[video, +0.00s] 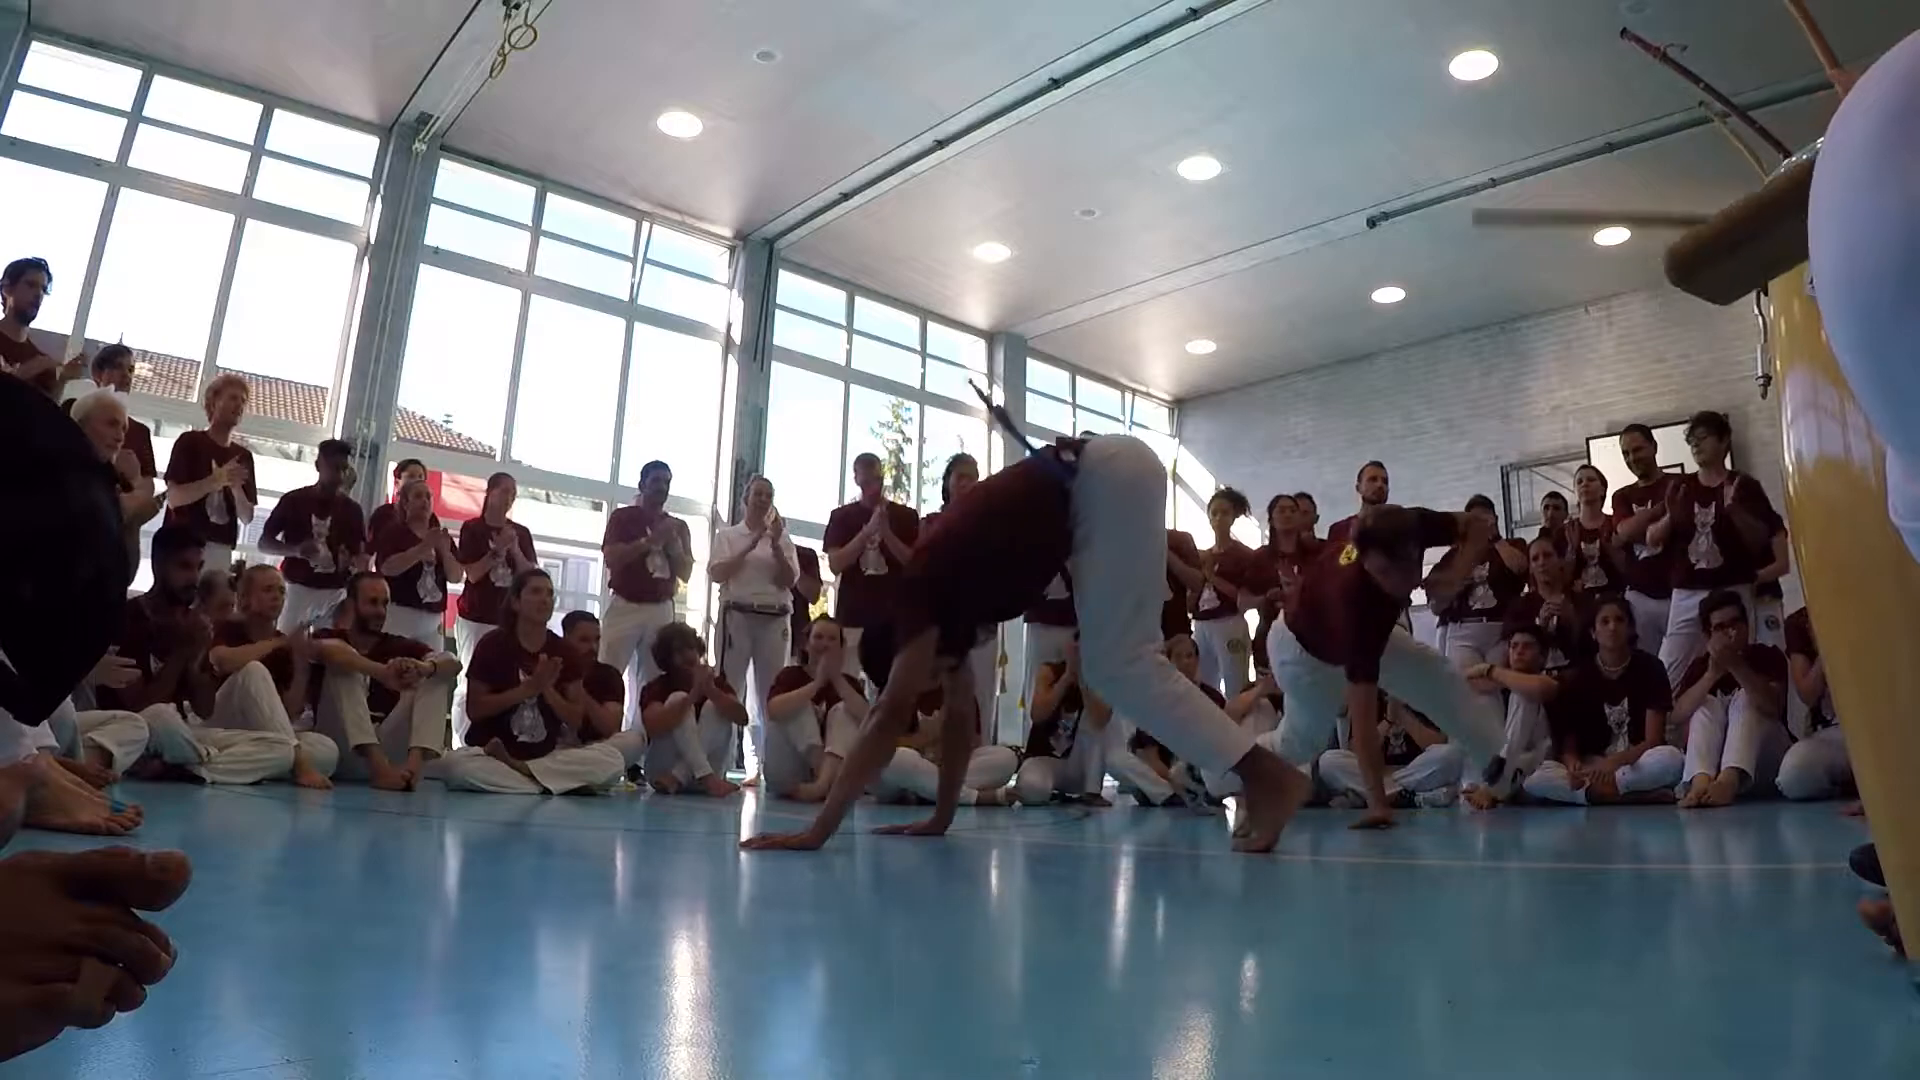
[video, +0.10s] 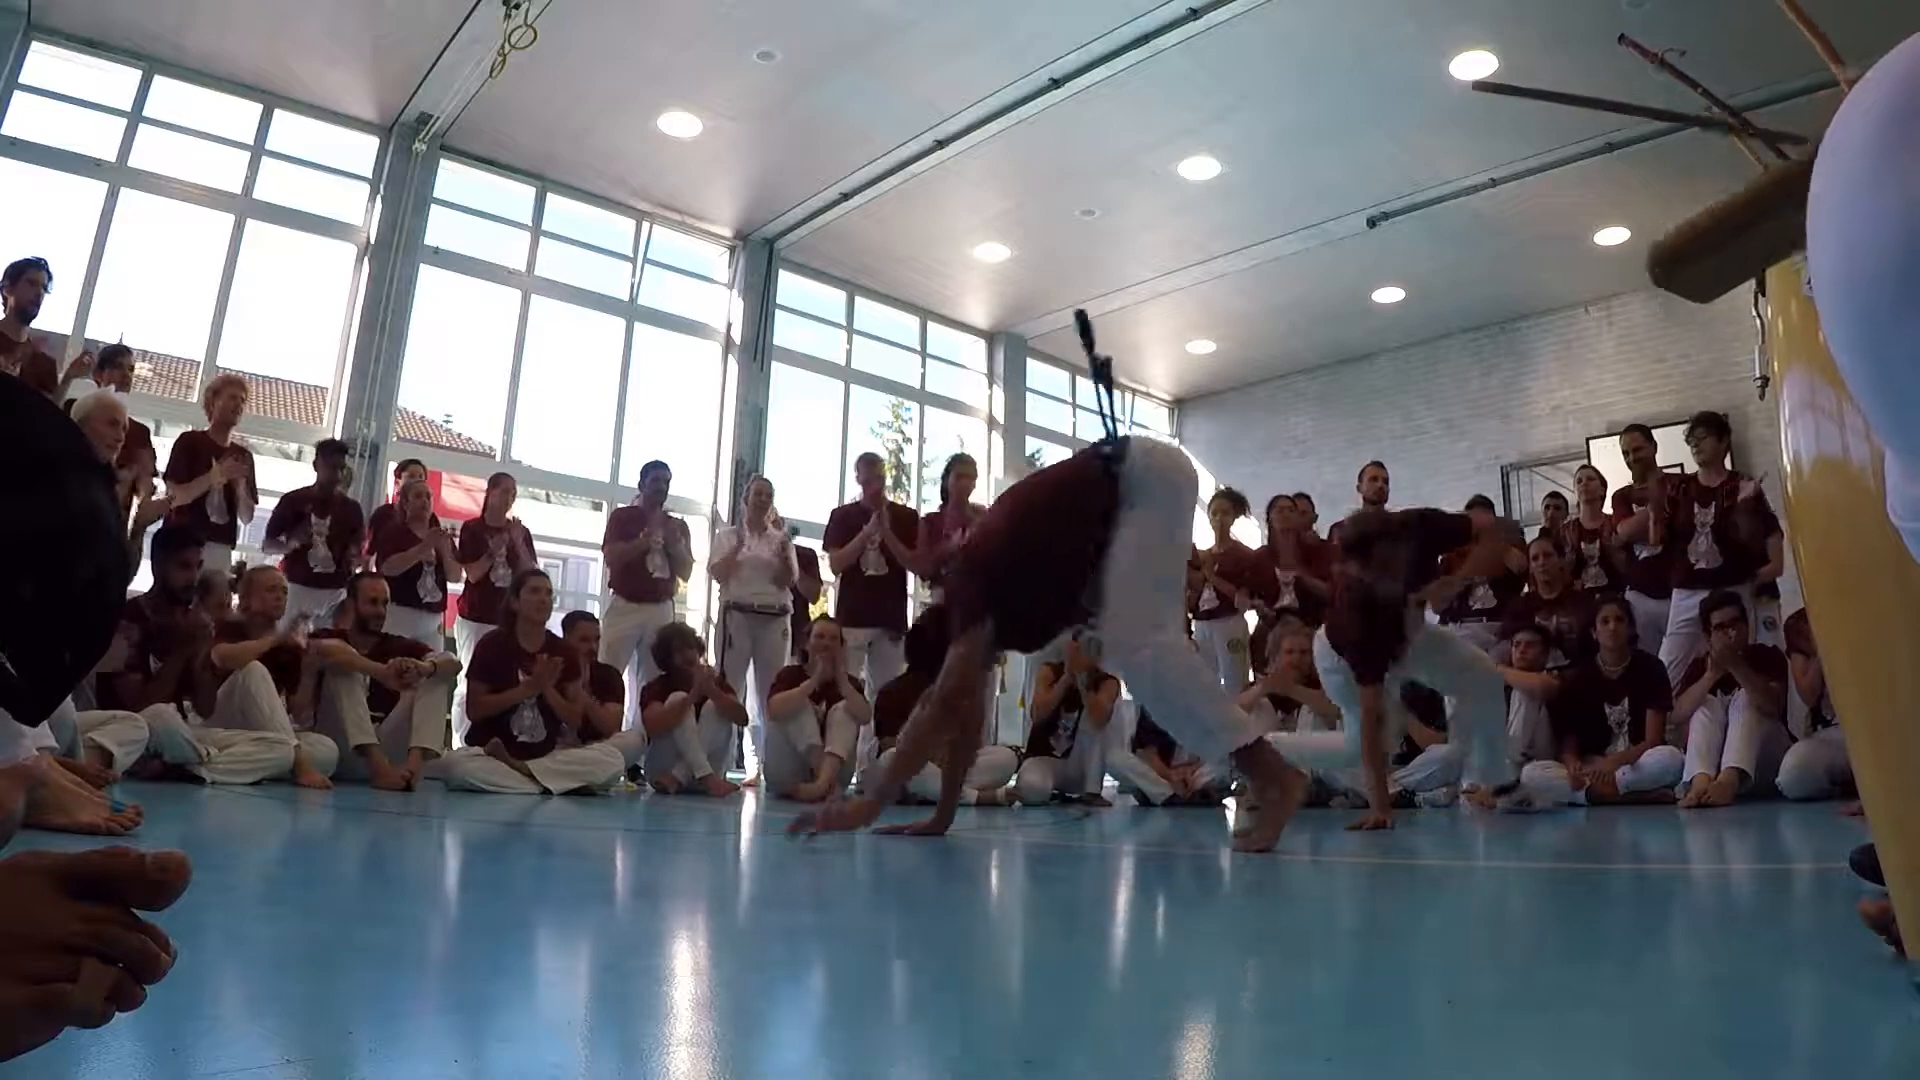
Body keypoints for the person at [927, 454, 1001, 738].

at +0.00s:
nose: (966, 484)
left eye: (972, 477)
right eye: (960, 477)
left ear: (980, 483)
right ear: (947, 482)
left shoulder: (992, 529)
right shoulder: (934, 524)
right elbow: (921, 570)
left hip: (985, 619)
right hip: (943, 622)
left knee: (982, 693)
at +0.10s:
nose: (965, 483)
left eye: (970, 477)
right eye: (959, 477)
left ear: (975, 482)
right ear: (946, 480)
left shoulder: (985, 519)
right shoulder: (930, 522)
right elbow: (924, 568)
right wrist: (951, 547)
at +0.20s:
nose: (963, 483)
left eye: (968, 477)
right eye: (957, 476)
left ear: (973, 482)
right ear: (944, 479)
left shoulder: (984, 520)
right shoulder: (929, 522)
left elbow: (990, 564)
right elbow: (924, 569)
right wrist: (952, 538)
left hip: (976, 597)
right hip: (941, 598)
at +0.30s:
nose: (962, 482)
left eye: (967, 477)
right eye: (956, 476)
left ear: (972, 482)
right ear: (943, 480)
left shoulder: (983, 518)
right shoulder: (927, 522)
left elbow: (990, 566)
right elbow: (924, 568)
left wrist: (967, 534)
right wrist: (948, 539)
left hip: (977, 595)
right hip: (941, 596)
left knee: (978, 671)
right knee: (938, 668)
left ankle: (980, 731)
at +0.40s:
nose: (961, 482)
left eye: (967, 477)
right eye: (955, 476)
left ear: (972, 482)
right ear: (943, 480)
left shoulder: (981, 518)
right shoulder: (927, 521)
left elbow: (990, 566)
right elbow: (922, 568)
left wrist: (968, 540)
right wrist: (941, 542)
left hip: (976, 596)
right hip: (939, 596)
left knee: (978, 678)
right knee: (937, 674)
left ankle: (977, 747)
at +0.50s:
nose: (961, 482)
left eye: (966, 477)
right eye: (955, 476)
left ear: (971, 482)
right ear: (942, 480)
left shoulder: (982, 520)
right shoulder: (926, 521)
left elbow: (989, 568)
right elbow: (922, 569)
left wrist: (969, 539)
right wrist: (941, 540)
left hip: (975, 595)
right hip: (939, 595)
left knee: (978, 678)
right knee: (938, 674)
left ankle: (978, 744)